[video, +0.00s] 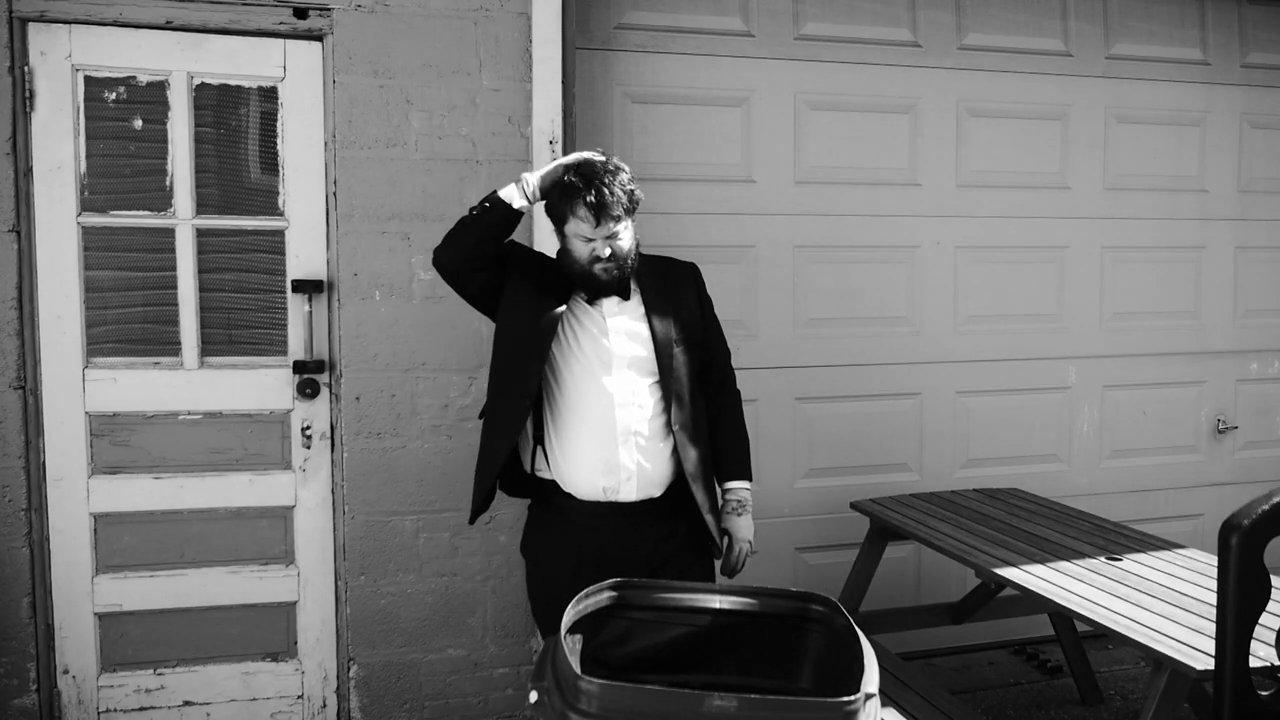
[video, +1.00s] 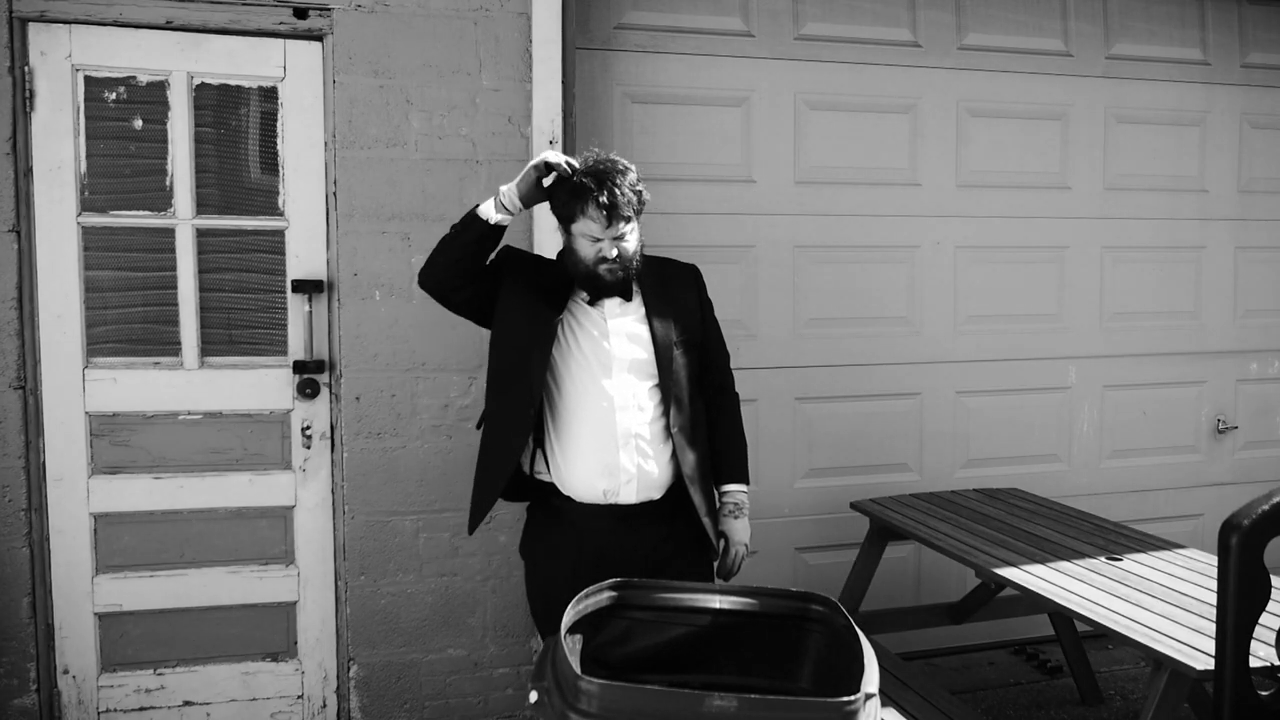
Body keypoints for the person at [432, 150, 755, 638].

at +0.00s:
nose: (605, 250)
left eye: (616, 232)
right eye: (587, 238)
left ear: (634, 221)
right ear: (558, 235)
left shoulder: (679, 286)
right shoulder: (529, 287)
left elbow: (719, 392)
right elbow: (455, 258)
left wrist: (737, 499)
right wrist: (530, 188)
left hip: (670, 527)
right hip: (566, 529)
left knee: (675, 691)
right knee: (577, 689)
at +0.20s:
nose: (603, 250)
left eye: (615, 234)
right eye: (586, 236)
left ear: (634, 225)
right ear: (558, 232)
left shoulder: (679, 286)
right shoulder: (530, 286)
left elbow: (720, 393)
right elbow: (455, 258)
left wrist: (736, 500)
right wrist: (533, 188)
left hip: (669, 527)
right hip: (566, 529)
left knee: (677, 691)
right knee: (577, 689)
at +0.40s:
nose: (603, 250)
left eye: (616, 234)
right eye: (586, 238)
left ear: (636, 223)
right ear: (559, 233)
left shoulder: (679, 286)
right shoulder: (530, 286)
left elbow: (719, 392)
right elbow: (454, 258)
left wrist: (735, 501)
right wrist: (534, 189)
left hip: (668, 527)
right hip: (565, 529)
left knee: (675, 691)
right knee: (576, 688)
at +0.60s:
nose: (603, 252)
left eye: (616, 236)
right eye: (586, 238)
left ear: (635, 225)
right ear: (558, 231)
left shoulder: (679, 287)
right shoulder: (531, 285)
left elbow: (719, 395)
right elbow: (456, 258)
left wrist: (735, 502)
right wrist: (534, 190)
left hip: (668, 527)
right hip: (564, 530)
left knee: (674, 691)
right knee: (576, 689)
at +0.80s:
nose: (603, 251)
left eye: (616, 235)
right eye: (586, 238)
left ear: (635, 225)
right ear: (559, 233)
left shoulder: (678, 286)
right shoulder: (530, 287)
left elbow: (718, 393)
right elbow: (455, 259)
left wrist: (735, 502)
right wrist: (534, 190)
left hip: (668, 527)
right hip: (564, 529)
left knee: (674, 692)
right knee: (576, 689)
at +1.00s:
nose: (611, 252)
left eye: (622, 235)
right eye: (594, 239)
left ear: (639, 223)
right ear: (565, 235)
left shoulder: (680, 287)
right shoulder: (526, 287)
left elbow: (719, 395)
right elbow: (441, 278)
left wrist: (734, 502)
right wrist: (510, 202)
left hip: (671, 528)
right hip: (566, 532)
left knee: (676, 696)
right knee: (576, 694)